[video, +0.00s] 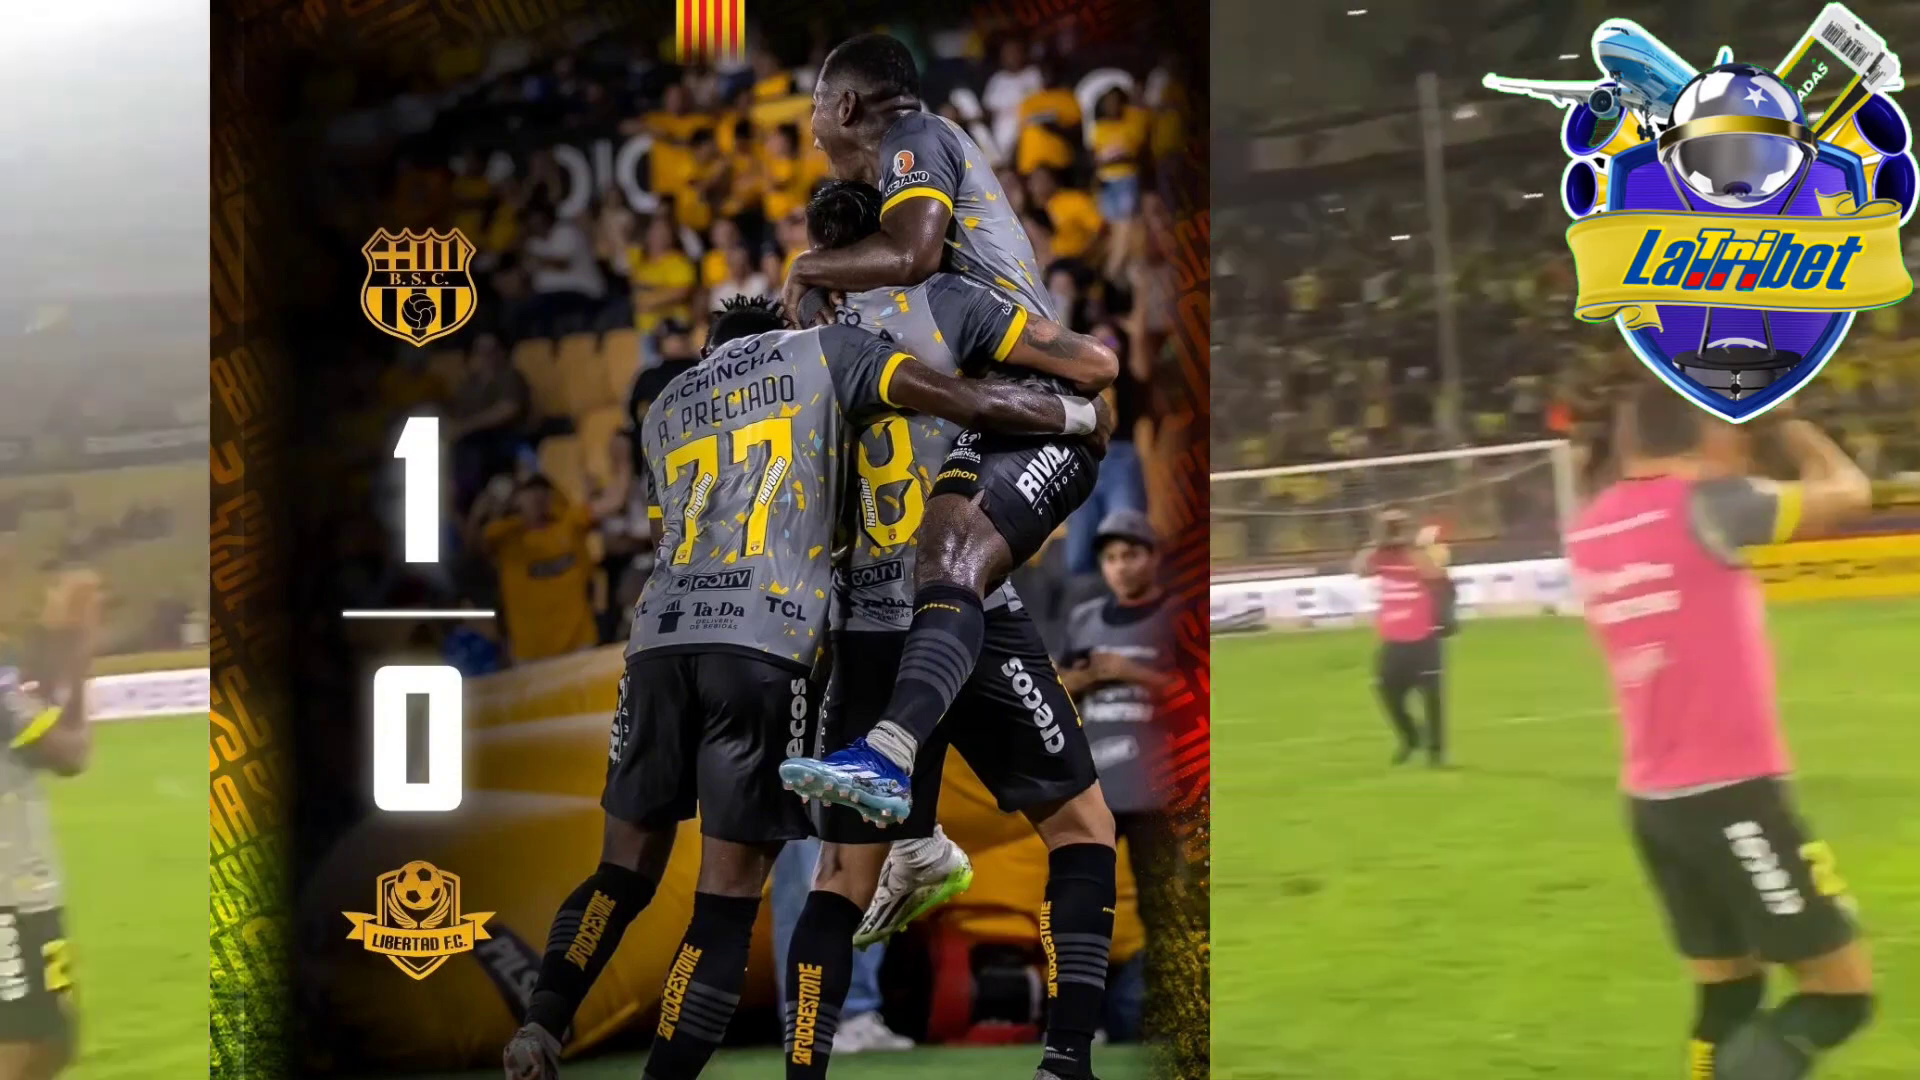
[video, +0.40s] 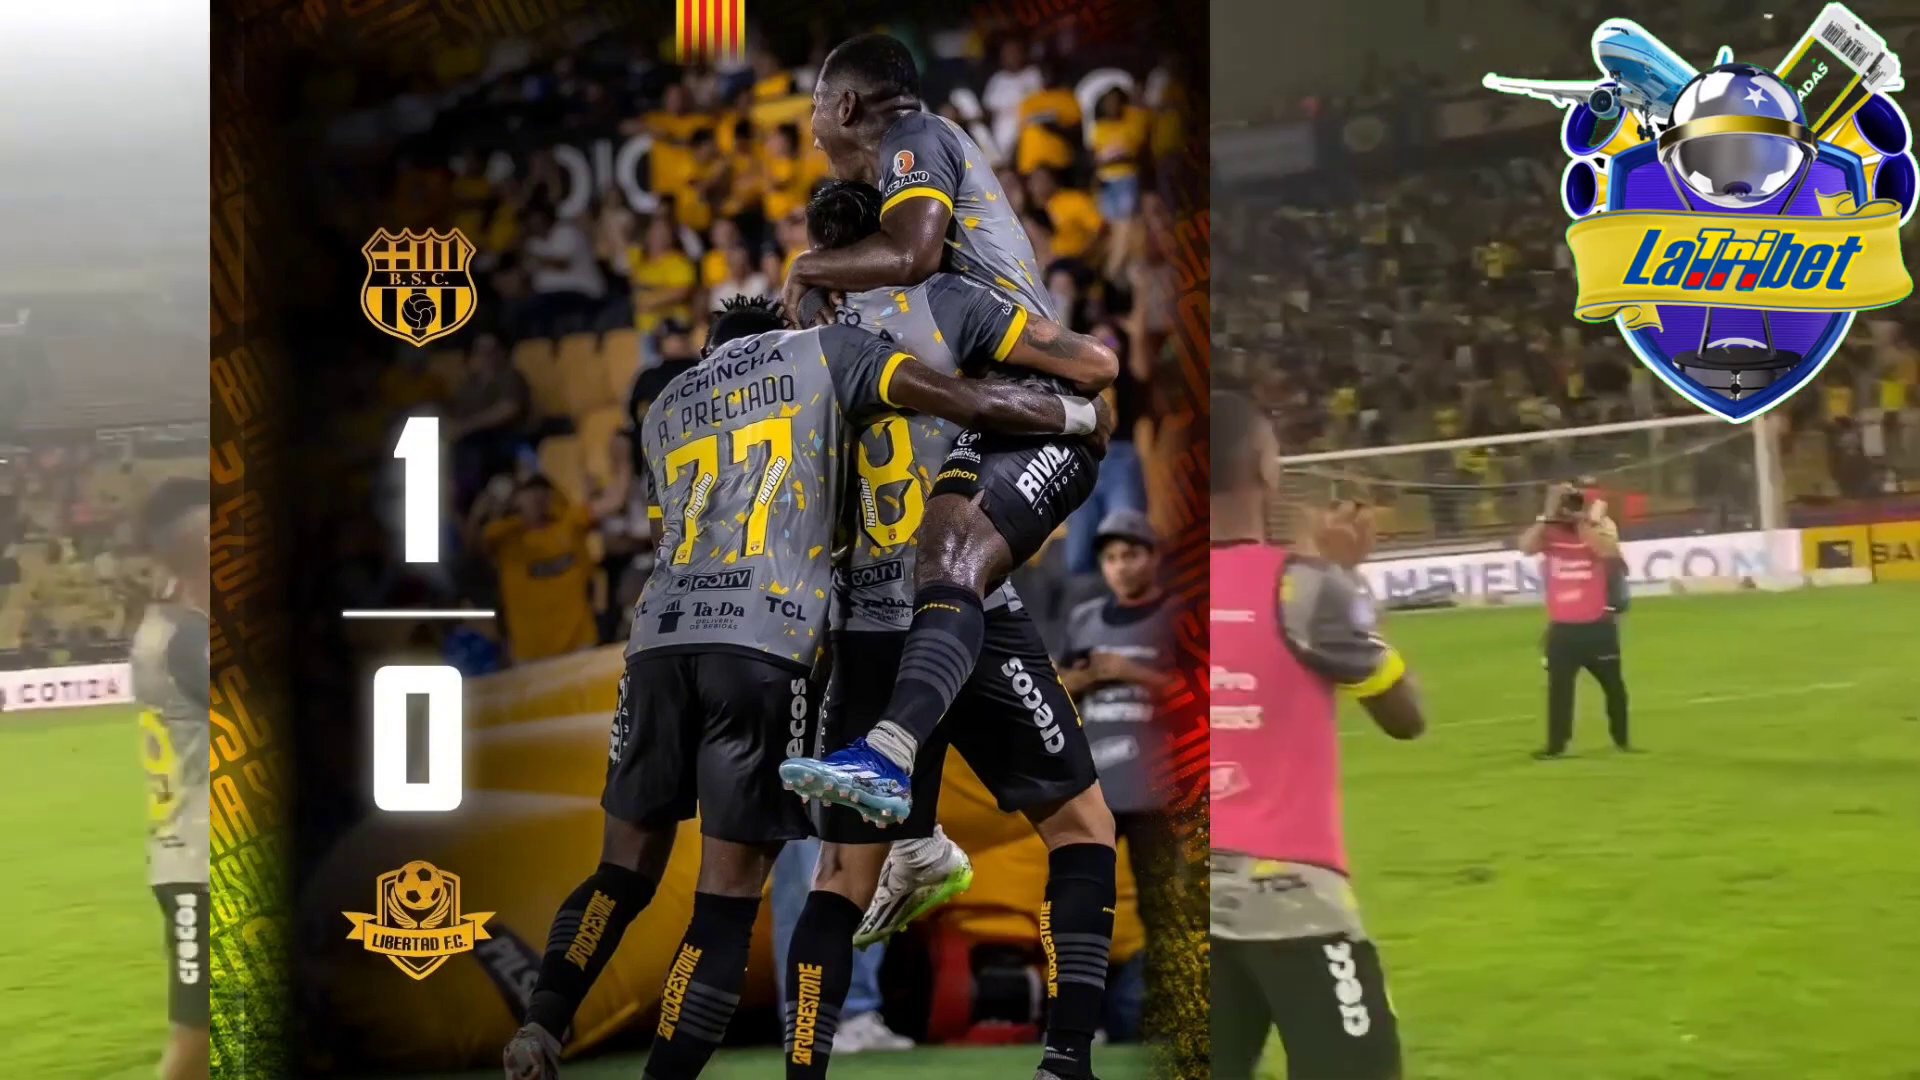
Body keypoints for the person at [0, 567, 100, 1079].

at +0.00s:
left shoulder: (11, 685)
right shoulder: (7, 689)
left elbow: (63, 750)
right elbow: (68, 751)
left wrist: (66, 653)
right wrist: (78, 653)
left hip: (31, 894)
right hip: (15, 897)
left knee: (48, 1046)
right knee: (27, 1048)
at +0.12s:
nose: (81, 564)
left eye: (77, 551)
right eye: (69, 554)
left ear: (29, 570)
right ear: (34, 567)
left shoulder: (17, 644)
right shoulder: (49, 654)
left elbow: (126, 723)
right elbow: (150, 738)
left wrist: (140, 642)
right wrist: (161, 637)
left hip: (76, 878)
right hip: (77, 883)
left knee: (158, 1024)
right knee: (84, 1059)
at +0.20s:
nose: (136, 552)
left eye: (130, 539)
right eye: (125, 541)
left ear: (75, 558)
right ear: (98, 554)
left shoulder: (48, 638)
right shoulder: (97, 648)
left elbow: (170, 718)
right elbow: (194, 738)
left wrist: (192, 648)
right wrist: (198, 644)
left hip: (143, 869)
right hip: (118, 879)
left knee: (216, 1012)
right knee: (118, 1061)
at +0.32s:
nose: (183, 545)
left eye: (178, 531)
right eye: (170, 534)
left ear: (124, 555)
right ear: (140, 550)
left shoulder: (99, 631)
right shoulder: (140, 642)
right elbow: (216, 724)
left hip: (138, 864)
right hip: (160, 870)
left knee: (154, 1043)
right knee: (149, 1048)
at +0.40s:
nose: (222, 543)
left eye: (219, 530)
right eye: (208, 532)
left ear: (179, 548)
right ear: (179, 546)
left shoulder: (160, 629)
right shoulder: (187, 638)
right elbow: (265, 701)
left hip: (181, 854)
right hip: (198, 860)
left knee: (197, 1032)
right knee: (194, 1037)